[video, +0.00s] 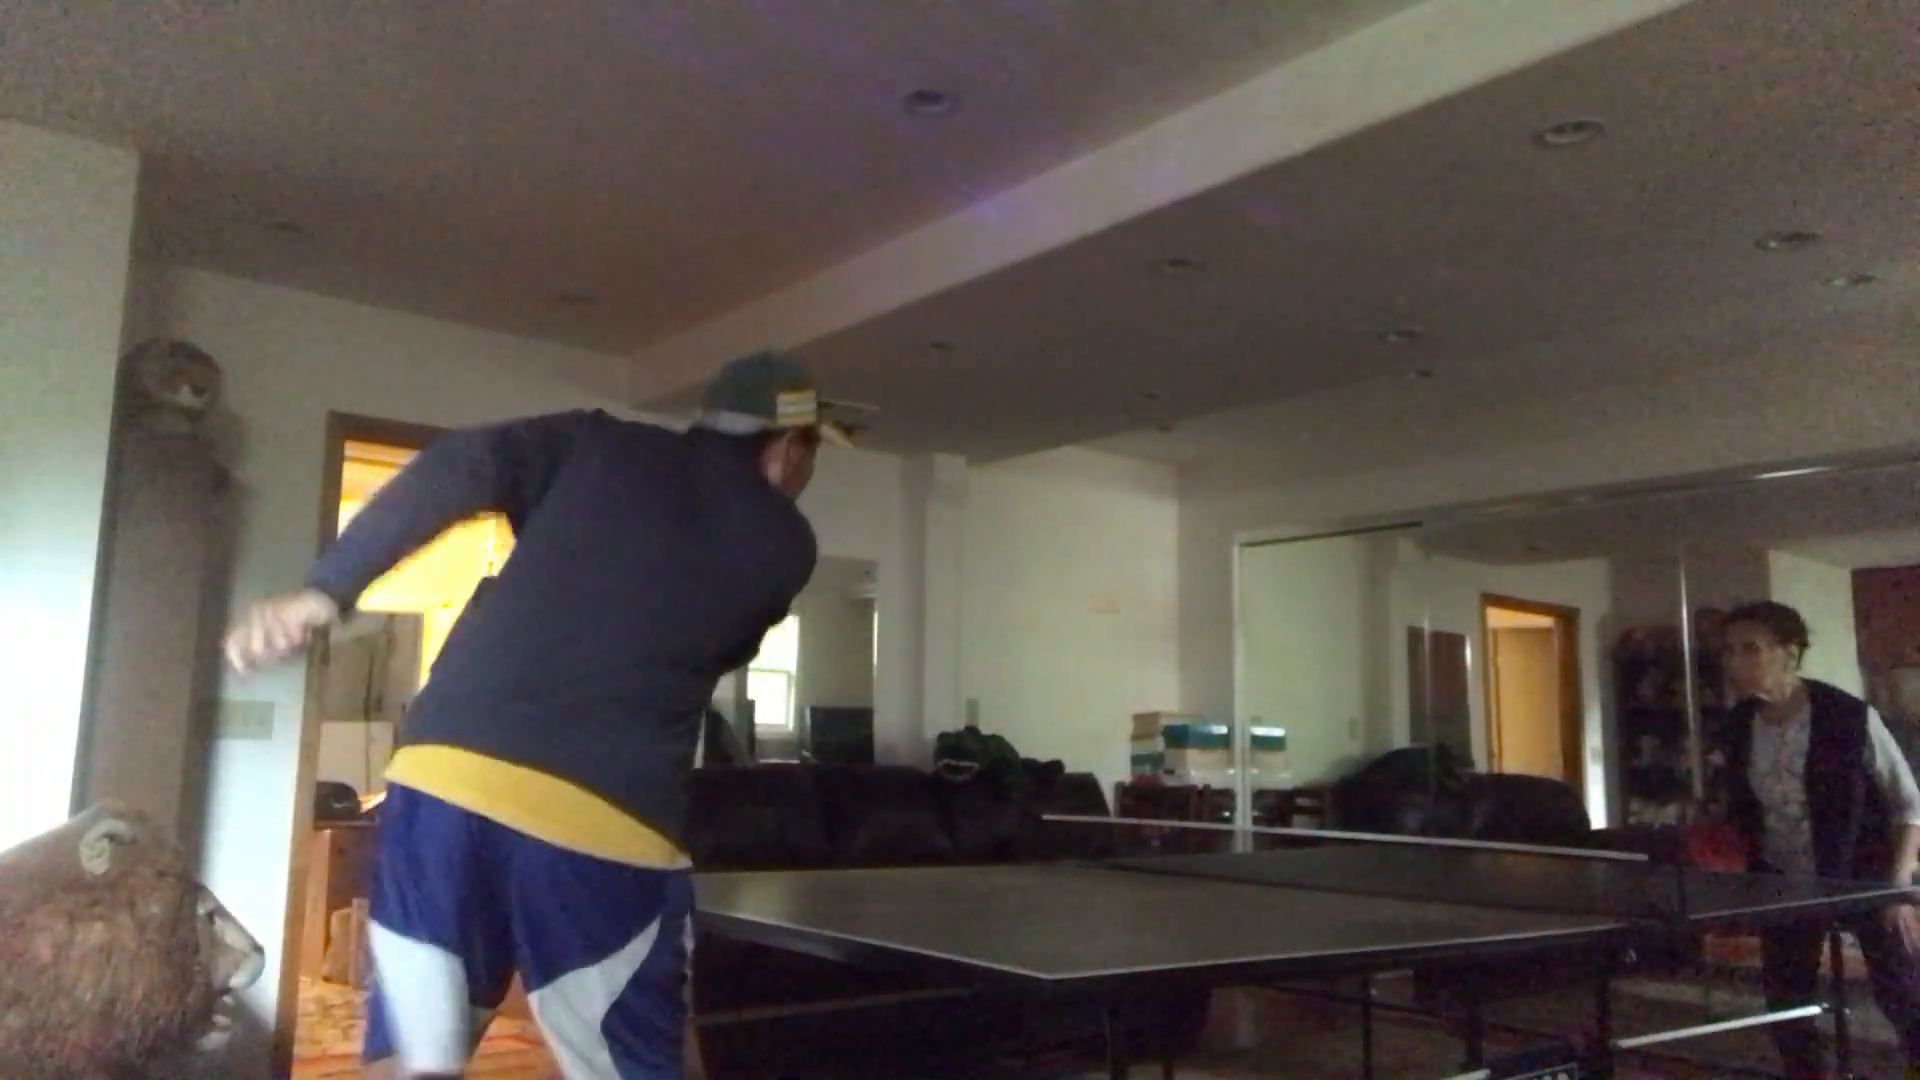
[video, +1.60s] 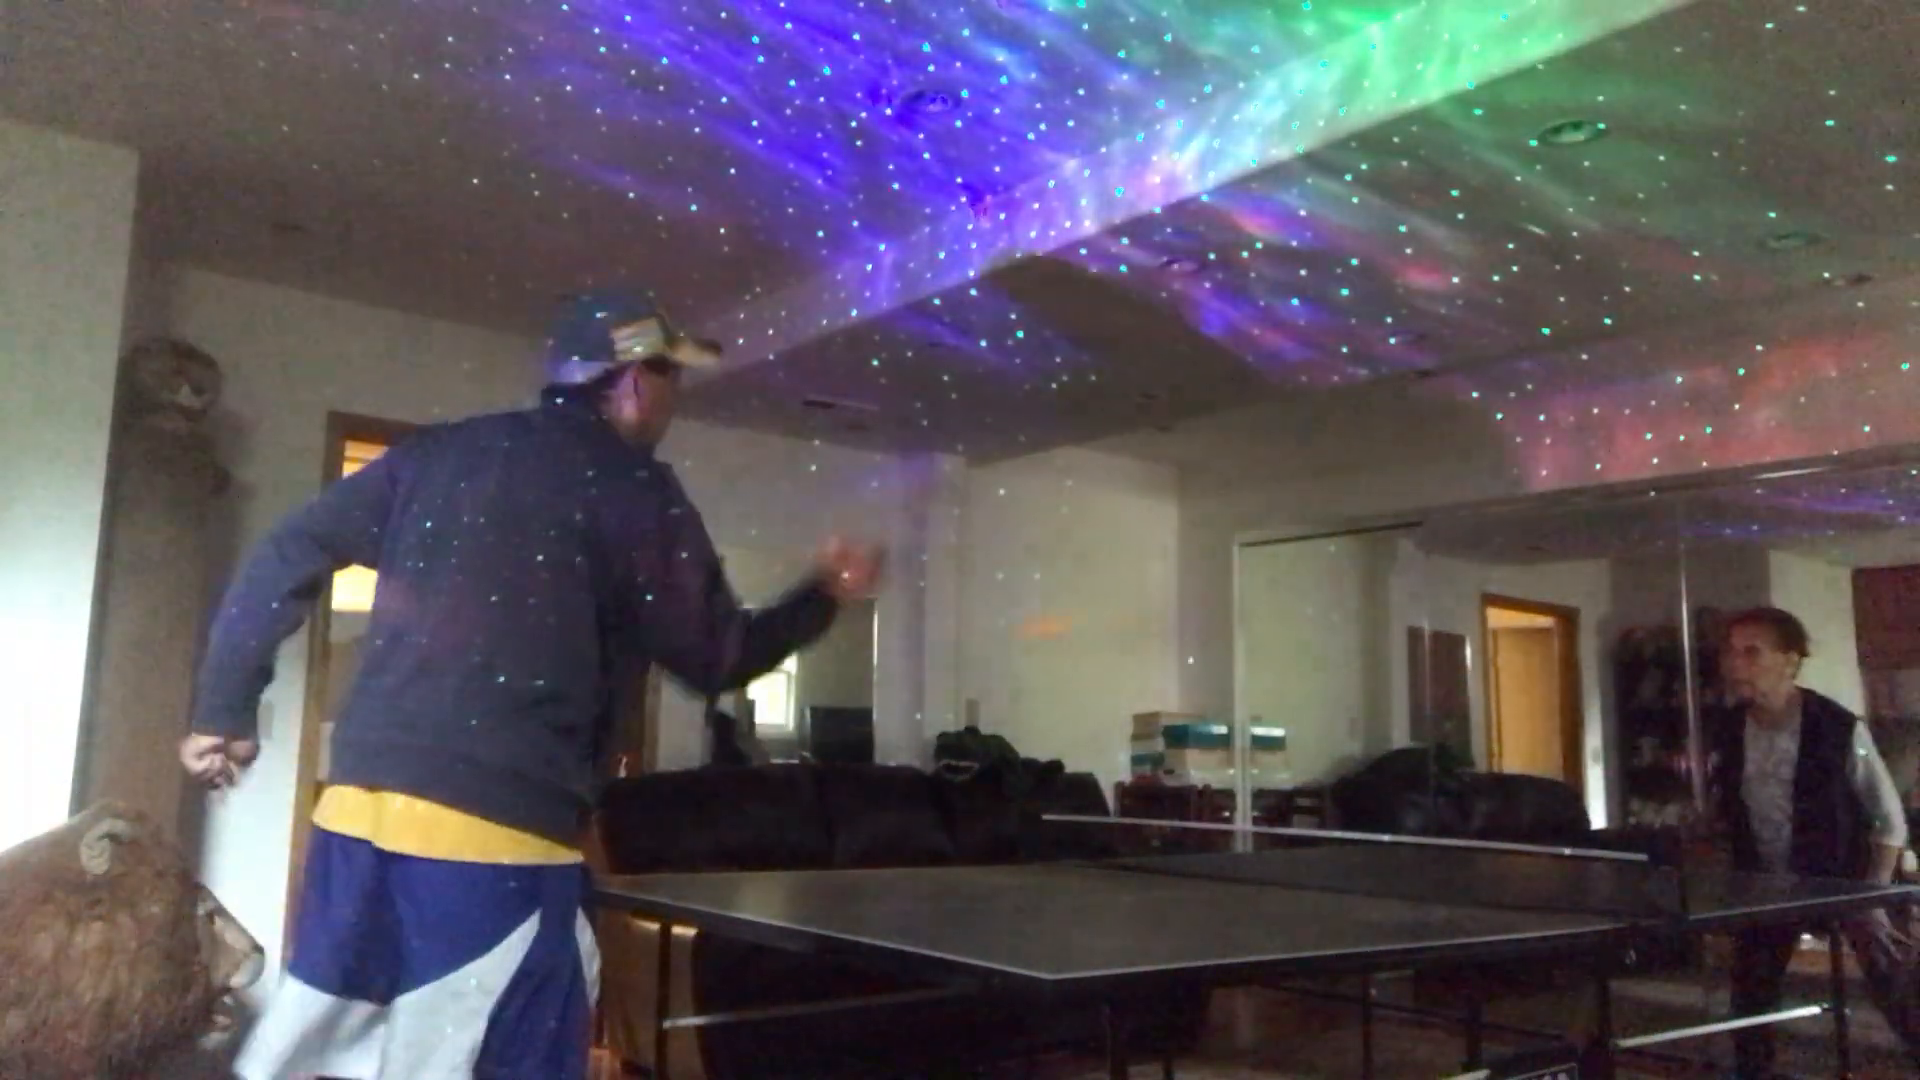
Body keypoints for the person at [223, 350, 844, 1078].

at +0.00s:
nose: (809, 472)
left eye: (812, 455)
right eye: (810, 452)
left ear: (707, 422)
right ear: (783, 448)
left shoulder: (595, 436)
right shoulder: (785, 540)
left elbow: (461, 459)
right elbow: (724, 650)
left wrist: (327, 586)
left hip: (440, 787)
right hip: (604, 830)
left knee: (412, 1062)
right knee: (632, 1064)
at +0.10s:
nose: (802, 452)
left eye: (806, 434)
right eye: (802, 433)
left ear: (695, 404)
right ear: (770, 428)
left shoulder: (579, 439)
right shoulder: (786, 522)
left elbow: (447, 530)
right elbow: (736, 663)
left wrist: (328, 660)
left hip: (454, 793)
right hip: (613, 832)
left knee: (423, 1052)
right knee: (625, 1065)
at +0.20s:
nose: (781, 437)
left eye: (783, 419)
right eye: (779, 418)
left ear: (671, 404)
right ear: (746, 418)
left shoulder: (545, 459)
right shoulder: (763, 514)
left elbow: (425, 600)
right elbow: (757, 690)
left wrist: (356, 747)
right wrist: (684, 713)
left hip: (458, 799)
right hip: (615, 827)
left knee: (420, 1055)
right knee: (620, 1062)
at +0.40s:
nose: (711, 438)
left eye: (710, 419)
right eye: (704, 418)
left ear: (601, 420)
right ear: (665, 425)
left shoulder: (487, 500)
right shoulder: (668, 515)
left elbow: (396, 654)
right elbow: (687, 684)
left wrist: (421, 774)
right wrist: (730, 732)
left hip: (409, 839)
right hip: (553, 852)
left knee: (407, 1064)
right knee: (587, 1064)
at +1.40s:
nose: (692, 476)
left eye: (696, 455)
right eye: (693, 453)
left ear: (587, 428)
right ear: (660, 444)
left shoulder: (457, 478)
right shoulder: (644, 538)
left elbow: (326, 618)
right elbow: (629, 735)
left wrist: (327, 773)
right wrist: (726, 778)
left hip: (323, 823)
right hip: (472, 849)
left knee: (297, 1063)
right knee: (507, 1063)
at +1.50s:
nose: (687, 437)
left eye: (690, 416)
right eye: (682, 413)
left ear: (577, 400)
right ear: (642, 410)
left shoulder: (450, 458)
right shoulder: (641, 502)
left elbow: (312, 562)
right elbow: (653, 693)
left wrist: (256, 730)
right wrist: (773, 696)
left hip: (340, 804)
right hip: (488, 830)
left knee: (292, 1051)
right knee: (492, 1059)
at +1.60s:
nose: (671, 403)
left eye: (672, 384)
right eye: (666, 383)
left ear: (562, 377)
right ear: (627, 383)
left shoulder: (440, 450)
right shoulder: (637, 490)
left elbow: (290, 548)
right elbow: (718, 656)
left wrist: (220, 709)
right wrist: (825, 595)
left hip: (355, 811)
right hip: (501, 836)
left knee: (308, 1043)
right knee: (510, 1057)